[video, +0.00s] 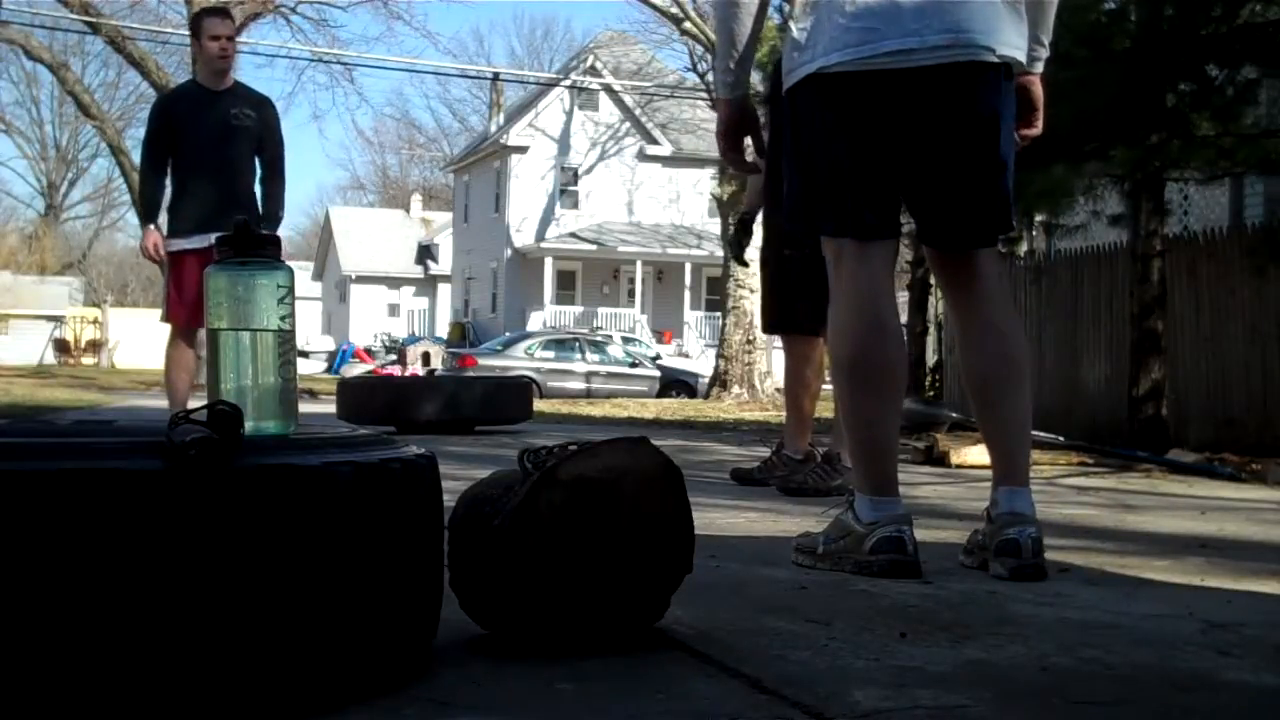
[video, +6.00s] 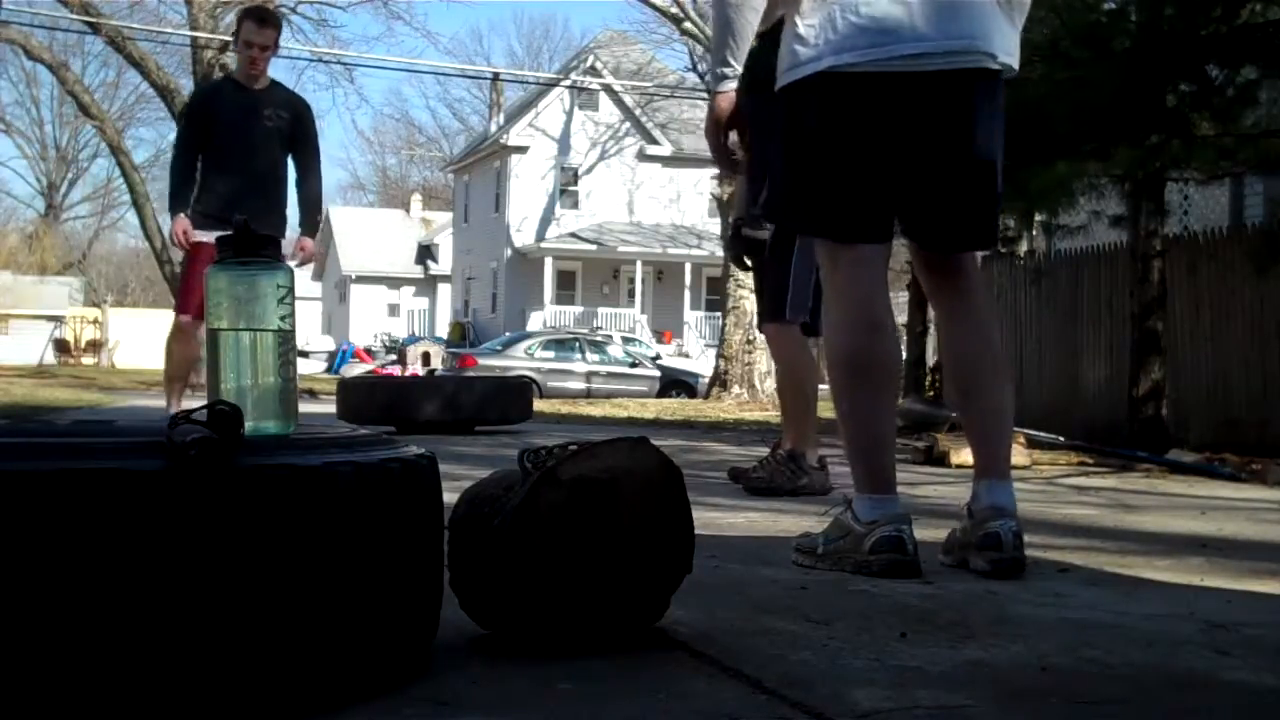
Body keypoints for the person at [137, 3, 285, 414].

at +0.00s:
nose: (225, 46)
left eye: (230, 39)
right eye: (215, 39)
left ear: (237, 45)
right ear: (196, 45)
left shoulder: (259, 106)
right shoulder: (170, 105)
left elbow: (273, 174)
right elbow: (152, 169)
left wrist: (269, 229)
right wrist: (148, 224)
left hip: (243, 237)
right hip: (186, 237)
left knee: (242, 333)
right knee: (185, 330)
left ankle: (238, 423)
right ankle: (178, 421)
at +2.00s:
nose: (239, 50)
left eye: (241, 43)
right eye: (229, 43)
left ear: (245, 47)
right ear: (203, 48)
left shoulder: (263, 109)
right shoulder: (177, 108)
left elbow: (284, 166)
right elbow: (162, 168)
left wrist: (273, 211)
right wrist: (176, 217)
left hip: (250, 238)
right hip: (195, 238)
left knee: (250, 334)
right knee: (188, 331)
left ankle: (248, 424)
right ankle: (178, 421)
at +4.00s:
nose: (240, 51)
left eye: (242, 44)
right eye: (230, 44)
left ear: (246, 47)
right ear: (205, 49)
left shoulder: (267, 109)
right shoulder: (179, 108)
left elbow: (284, 172)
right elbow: (164, 170)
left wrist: (275, 224)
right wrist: (177, 223)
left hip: (251, 241)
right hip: (197, 240)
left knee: (252, 335)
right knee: (188, 331)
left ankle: (250, 425)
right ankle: (179, 421)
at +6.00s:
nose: (256, 55)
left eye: (266, 47)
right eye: (249, 45)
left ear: (276, 50)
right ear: (235, 43)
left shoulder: (294, 107)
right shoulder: (206, 98)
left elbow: (309, 172)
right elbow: (184, 158)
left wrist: (309, 231)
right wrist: (178, 213)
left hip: (265, 233)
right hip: (209, 229)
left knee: (259, 328)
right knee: (188, 321)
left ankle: (255, 419)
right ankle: (175, 410)